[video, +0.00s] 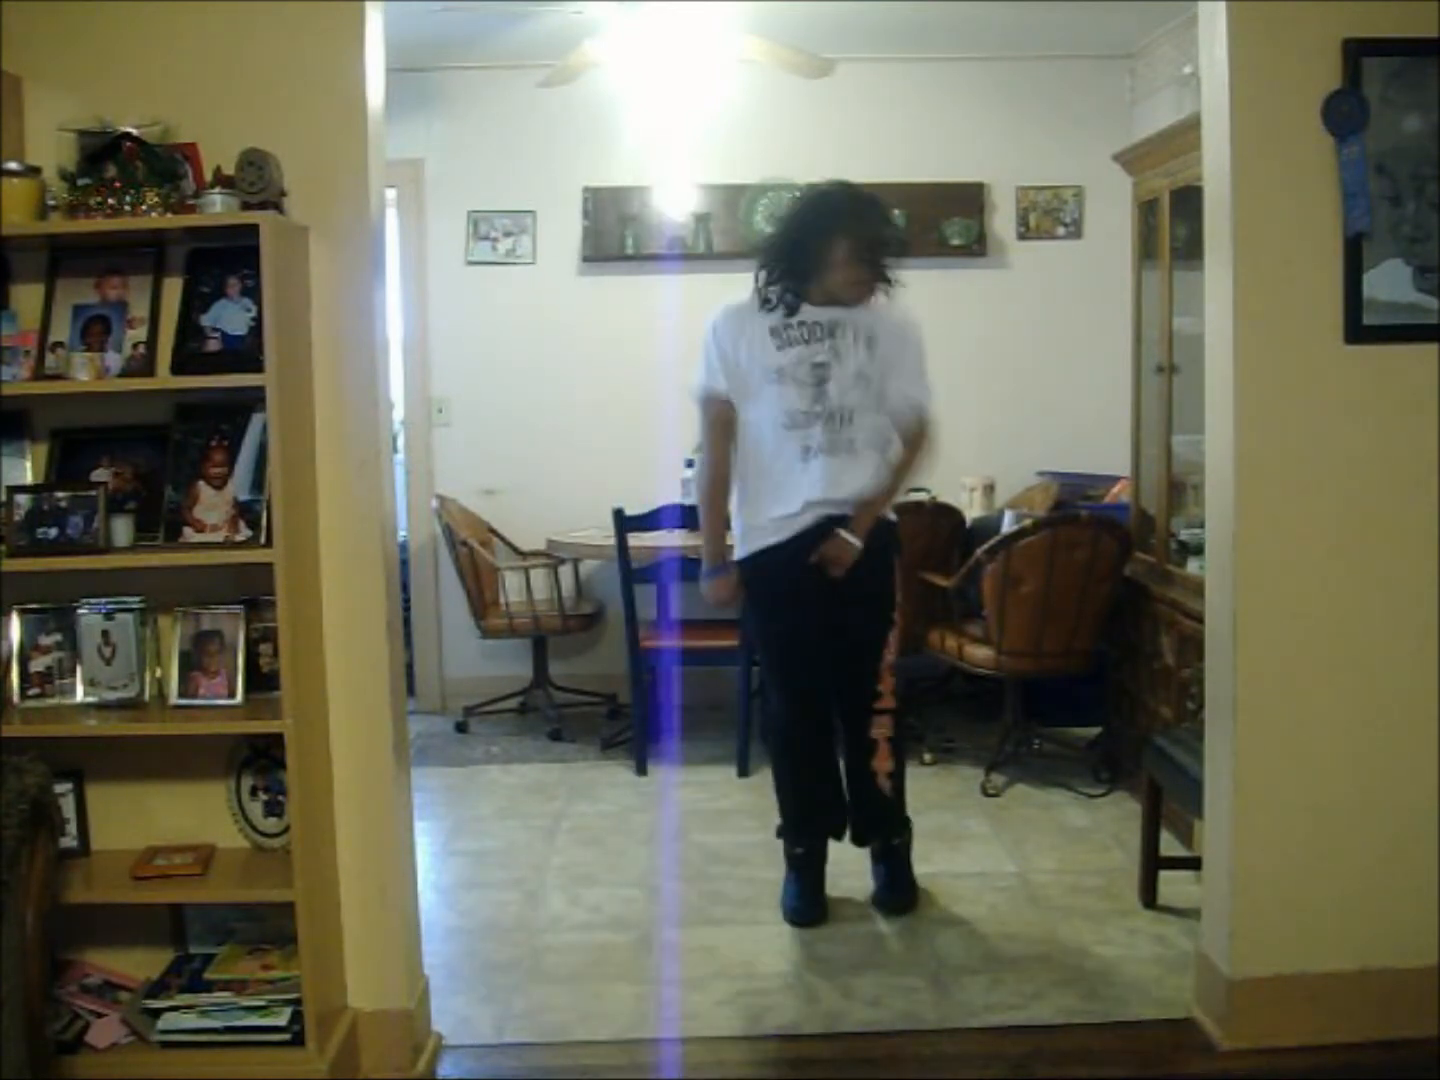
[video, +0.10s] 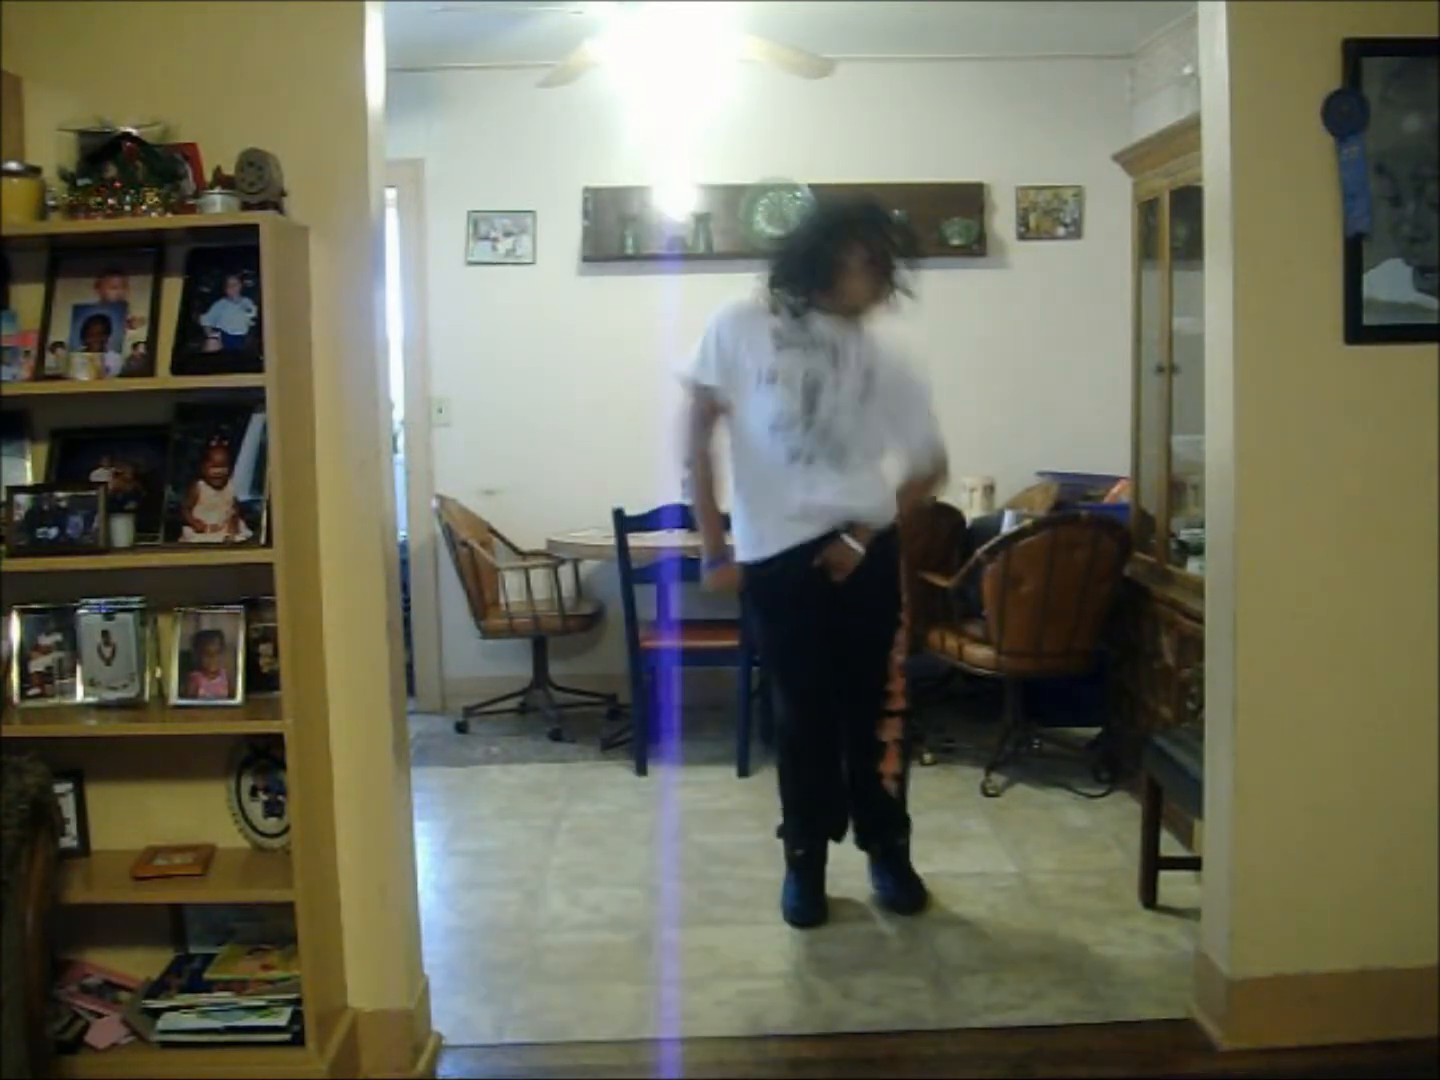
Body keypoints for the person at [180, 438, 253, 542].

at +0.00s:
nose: (219, 472)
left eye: (224, 467)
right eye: (213, 467)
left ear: (230, 469)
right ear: (203, 468)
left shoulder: (231, 488)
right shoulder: (199, 488)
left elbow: (236, 508)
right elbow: (186, 510)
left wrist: (234, 522)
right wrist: (199, 525)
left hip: (225, 532)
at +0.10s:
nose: (219, 472)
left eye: (224, 467)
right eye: (213, 466)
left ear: (230, 469)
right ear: (203, 468)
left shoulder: (231, 488)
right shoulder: (199, 488)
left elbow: (236, 509)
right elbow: (186, 510)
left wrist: (234, 523)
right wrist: (198, 525)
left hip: (225, 532)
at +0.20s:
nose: (219, 472)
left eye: (224, 467)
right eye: (213, 466)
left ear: (231, 469)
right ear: (203, 468)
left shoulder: (231, 488)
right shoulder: (199, 488)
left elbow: (236, 509)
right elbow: (186, 510)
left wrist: (234, 524)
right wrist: (197, 525)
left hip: (225, 533)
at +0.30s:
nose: (219, 472)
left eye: (224, 467)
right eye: (213, 466)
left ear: (230, 469)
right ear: (203, 468)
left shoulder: (231, 488)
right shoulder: (199, 488)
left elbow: (236, 509)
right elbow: (186, 510)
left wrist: (234, 523)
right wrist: (198, 525)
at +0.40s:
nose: (219, 472)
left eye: (224, 467)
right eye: (213, 466)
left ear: (230, 469)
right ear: (203, 468)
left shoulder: (231, 488)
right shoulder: (199, 488)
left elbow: (236, 509)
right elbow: (187, 510)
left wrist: (234, 524)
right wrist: (198, 525)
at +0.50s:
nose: (219, 472)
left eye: (224, 467)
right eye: (213, 466)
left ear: (230, 469)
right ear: (203, 468)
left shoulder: (231, 488)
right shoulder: (199, 488)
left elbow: (236, 509)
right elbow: (187, 510)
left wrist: (234, 524)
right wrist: (198, 525)